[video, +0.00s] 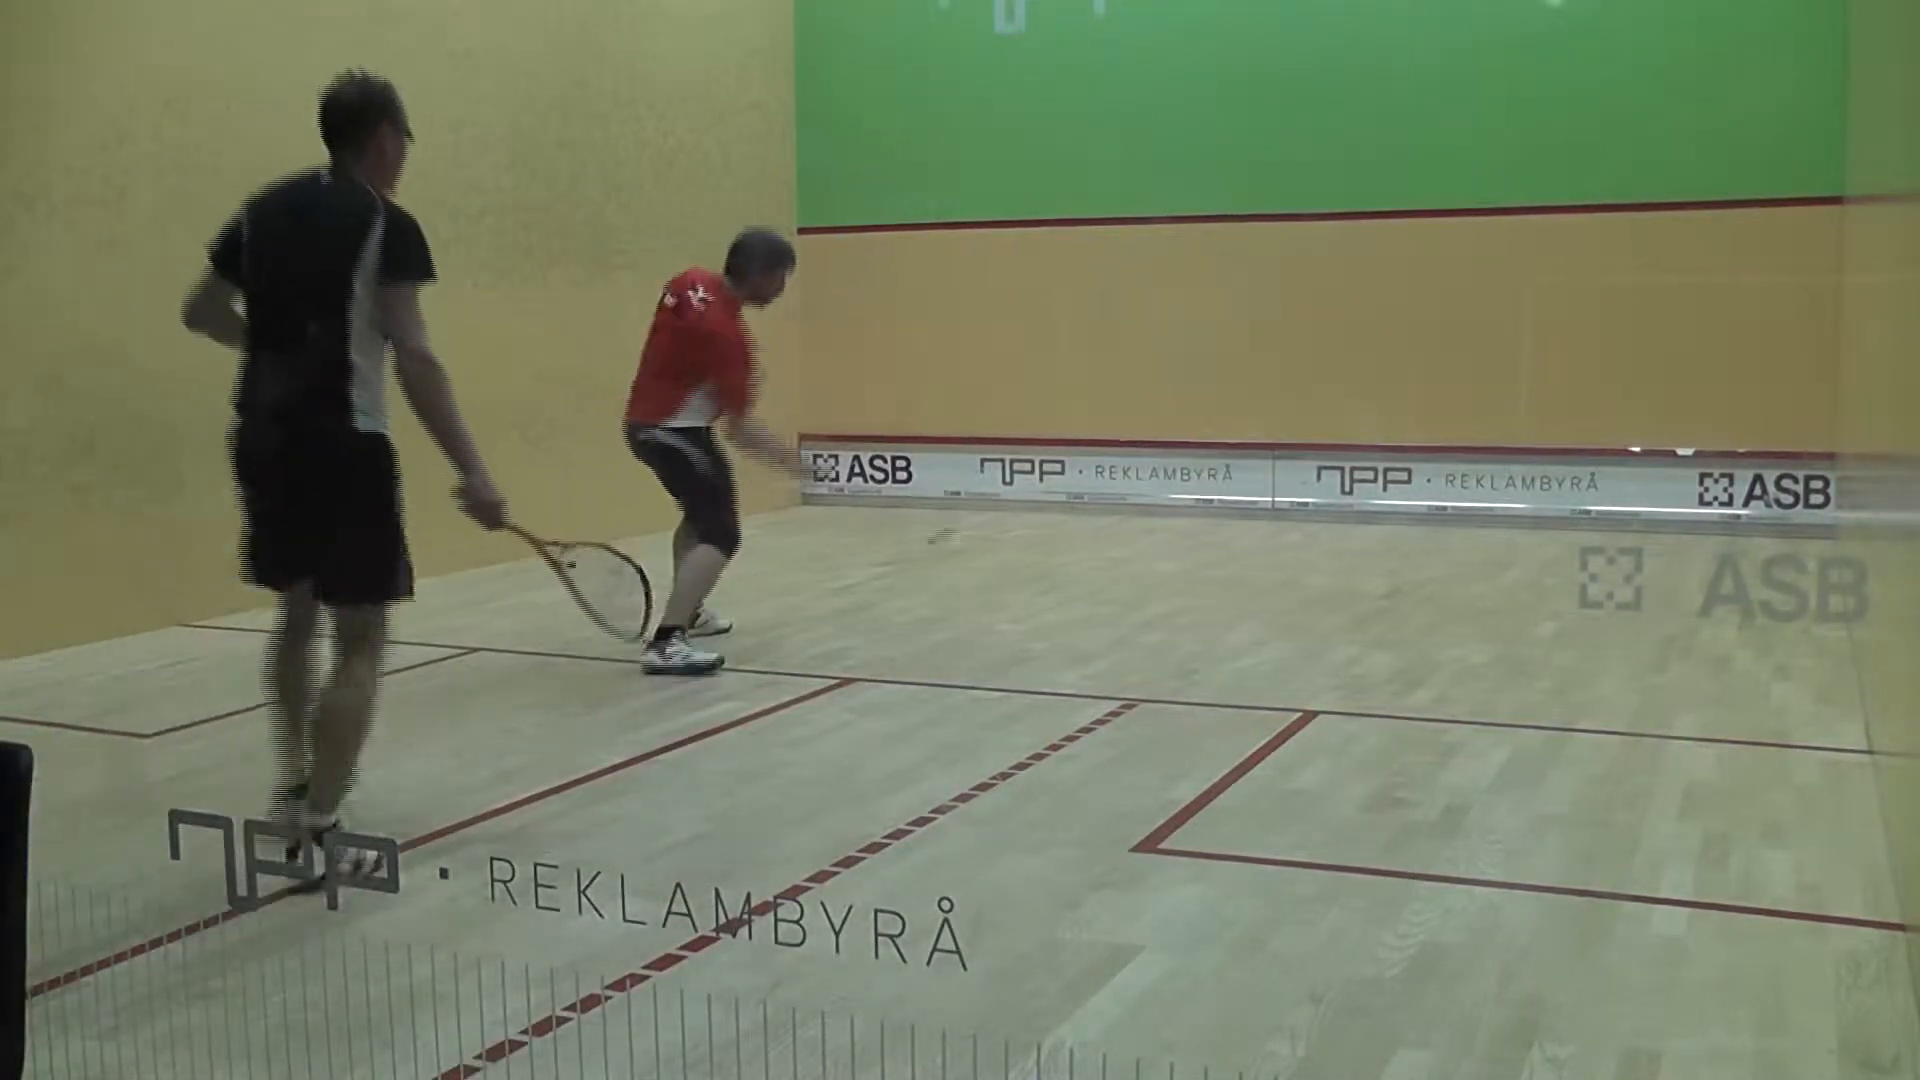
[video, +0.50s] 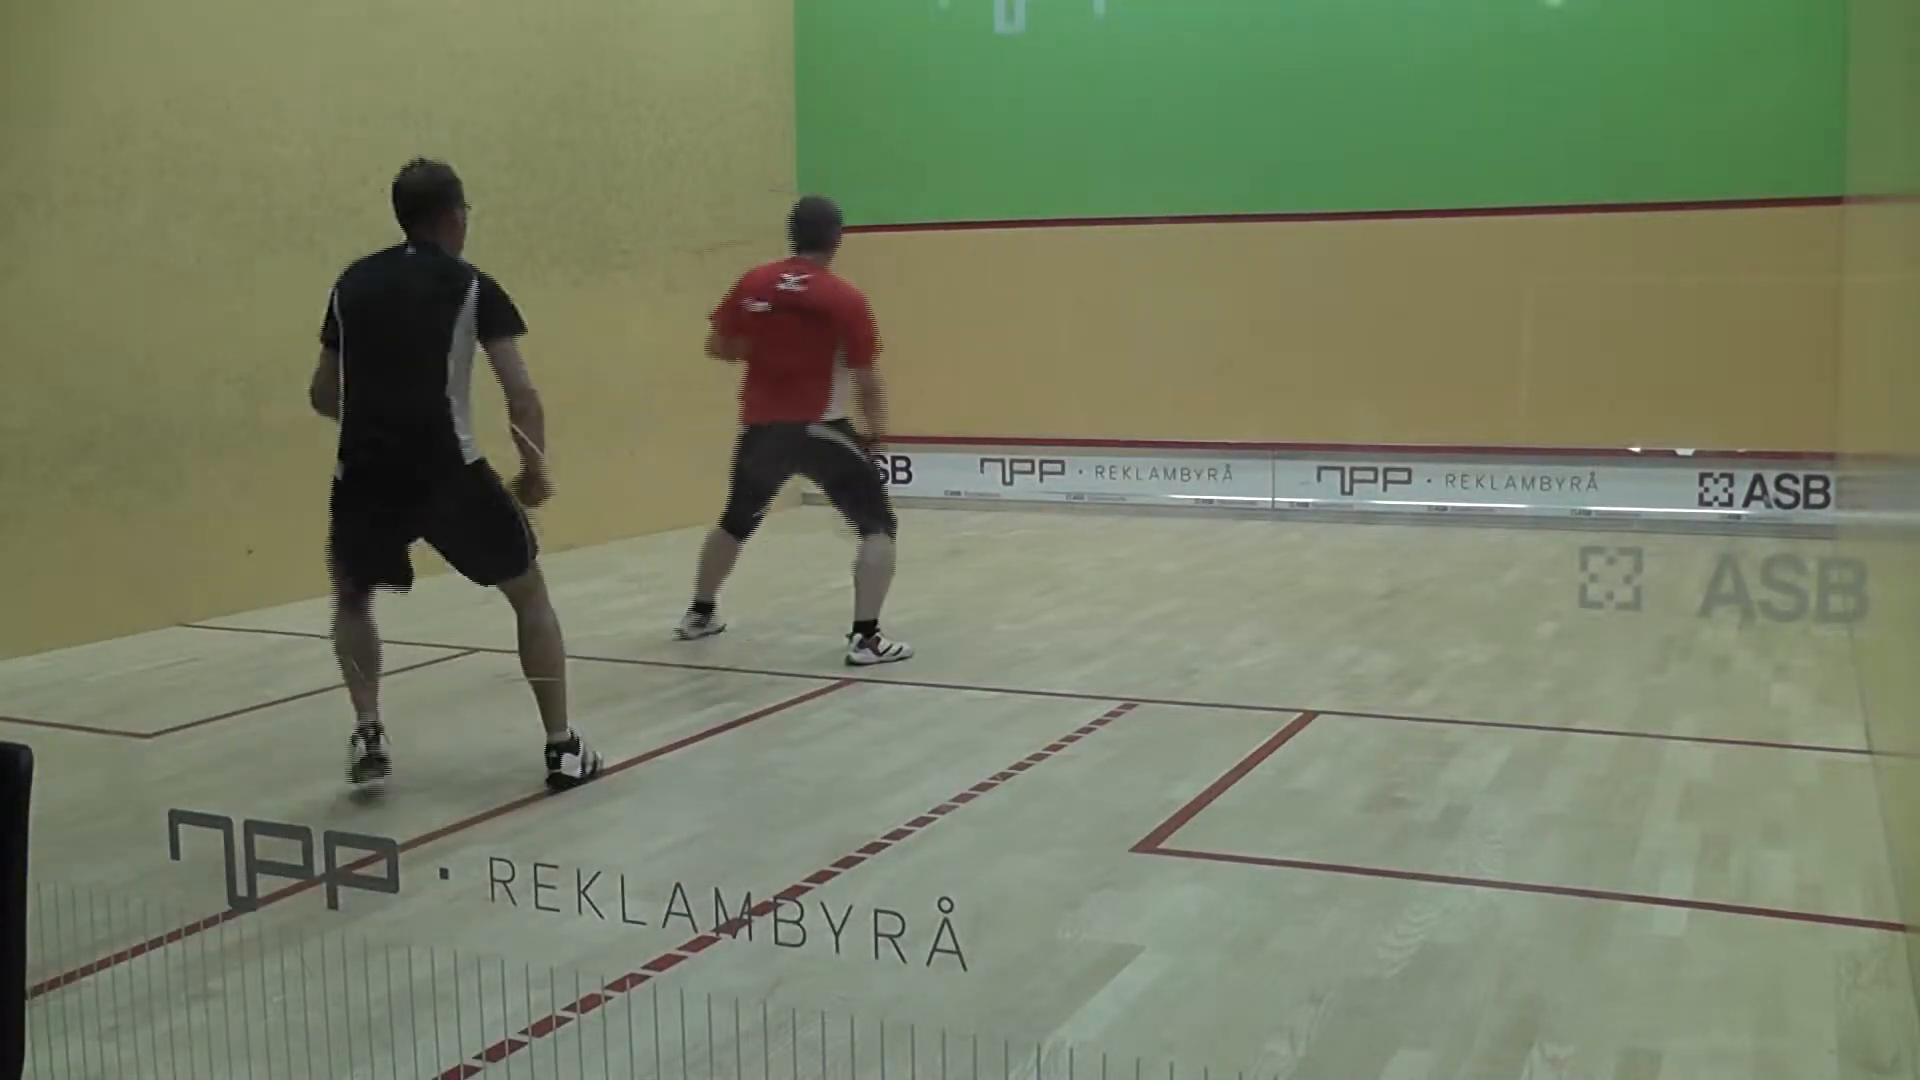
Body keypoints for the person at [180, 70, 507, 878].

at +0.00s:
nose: (407, 155)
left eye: (405, 140)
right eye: (404, 140)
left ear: (332, 140)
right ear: (383, 140)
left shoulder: (268, 210)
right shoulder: (387, 225)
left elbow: (203, 309)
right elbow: (414, 357)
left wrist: (275, 345)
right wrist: (472, 472)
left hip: (265, 448)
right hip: (350, 452)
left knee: (296, 614)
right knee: (359, 639)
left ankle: (300, 781)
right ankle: (318, 819)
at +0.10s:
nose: (414, 177)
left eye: (413, 162)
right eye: (410, 162)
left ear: (343, 162)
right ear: (390, 164)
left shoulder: (281, 230)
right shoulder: (397, 245)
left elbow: (223, 330)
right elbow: (432, 371)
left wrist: (291, 362)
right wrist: (496, 472)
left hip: (288, 458)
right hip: (368, 455)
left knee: (334, 609)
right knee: (423, 626)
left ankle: (346, 768)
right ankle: (355, 780)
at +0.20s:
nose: (430, 200)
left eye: (428, 186)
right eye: (424, 186)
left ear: (364, 190)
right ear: (400, 190)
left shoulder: (307, 256)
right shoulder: (412, 268)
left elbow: (256, 361)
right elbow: (450, 384)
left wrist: (324, 395)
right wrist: (517, 472)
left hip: (318, 467)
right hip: (394, 467)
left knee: (374, 596)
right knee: (498, 587)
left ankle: (359, 761)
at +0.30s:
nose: (445, 195)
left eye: (443, 182)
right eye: (439, 183)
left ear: (380, 189)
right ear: (418, 188)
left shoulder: (324, 255)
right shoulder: (430, 261)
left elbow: (284, 363)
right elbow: (467, 379)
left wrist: (348, 394)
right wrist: (522, 463)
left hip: (340, 462)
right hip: (415, 458)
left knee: (384, 595)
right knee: (502, 583)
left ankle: (360, 756)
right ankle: (533, 743)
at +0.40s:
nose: (465, 211)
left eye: (461, 199)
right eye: (461, 200)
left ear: (400, 208)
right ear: (446, 206)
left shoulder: (351, 273)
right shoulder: (463, 277)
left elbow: (316, 383)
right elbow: (500, 387)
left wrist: (378, 401)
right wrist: (541, 466)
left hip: (367, 476)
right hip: (449, 473)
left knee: (372, 600)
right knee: (523, 599)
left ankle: (367, 747)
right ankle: (566, 745)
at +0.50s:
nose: (467, 221)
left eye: (463, 212)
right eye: (464, 212)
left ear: (402, 221)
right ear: (453, 217)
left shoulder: (353, 282)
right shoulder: (473, 288)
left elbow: (324, 394)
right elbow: (520, 394)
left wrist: (377, 414)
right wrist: (534, 468)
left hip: (367, 480)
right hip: (450, 476)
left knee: (352, 597)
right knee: (530, 598)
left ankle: (368, 734)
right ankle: (562, 745)